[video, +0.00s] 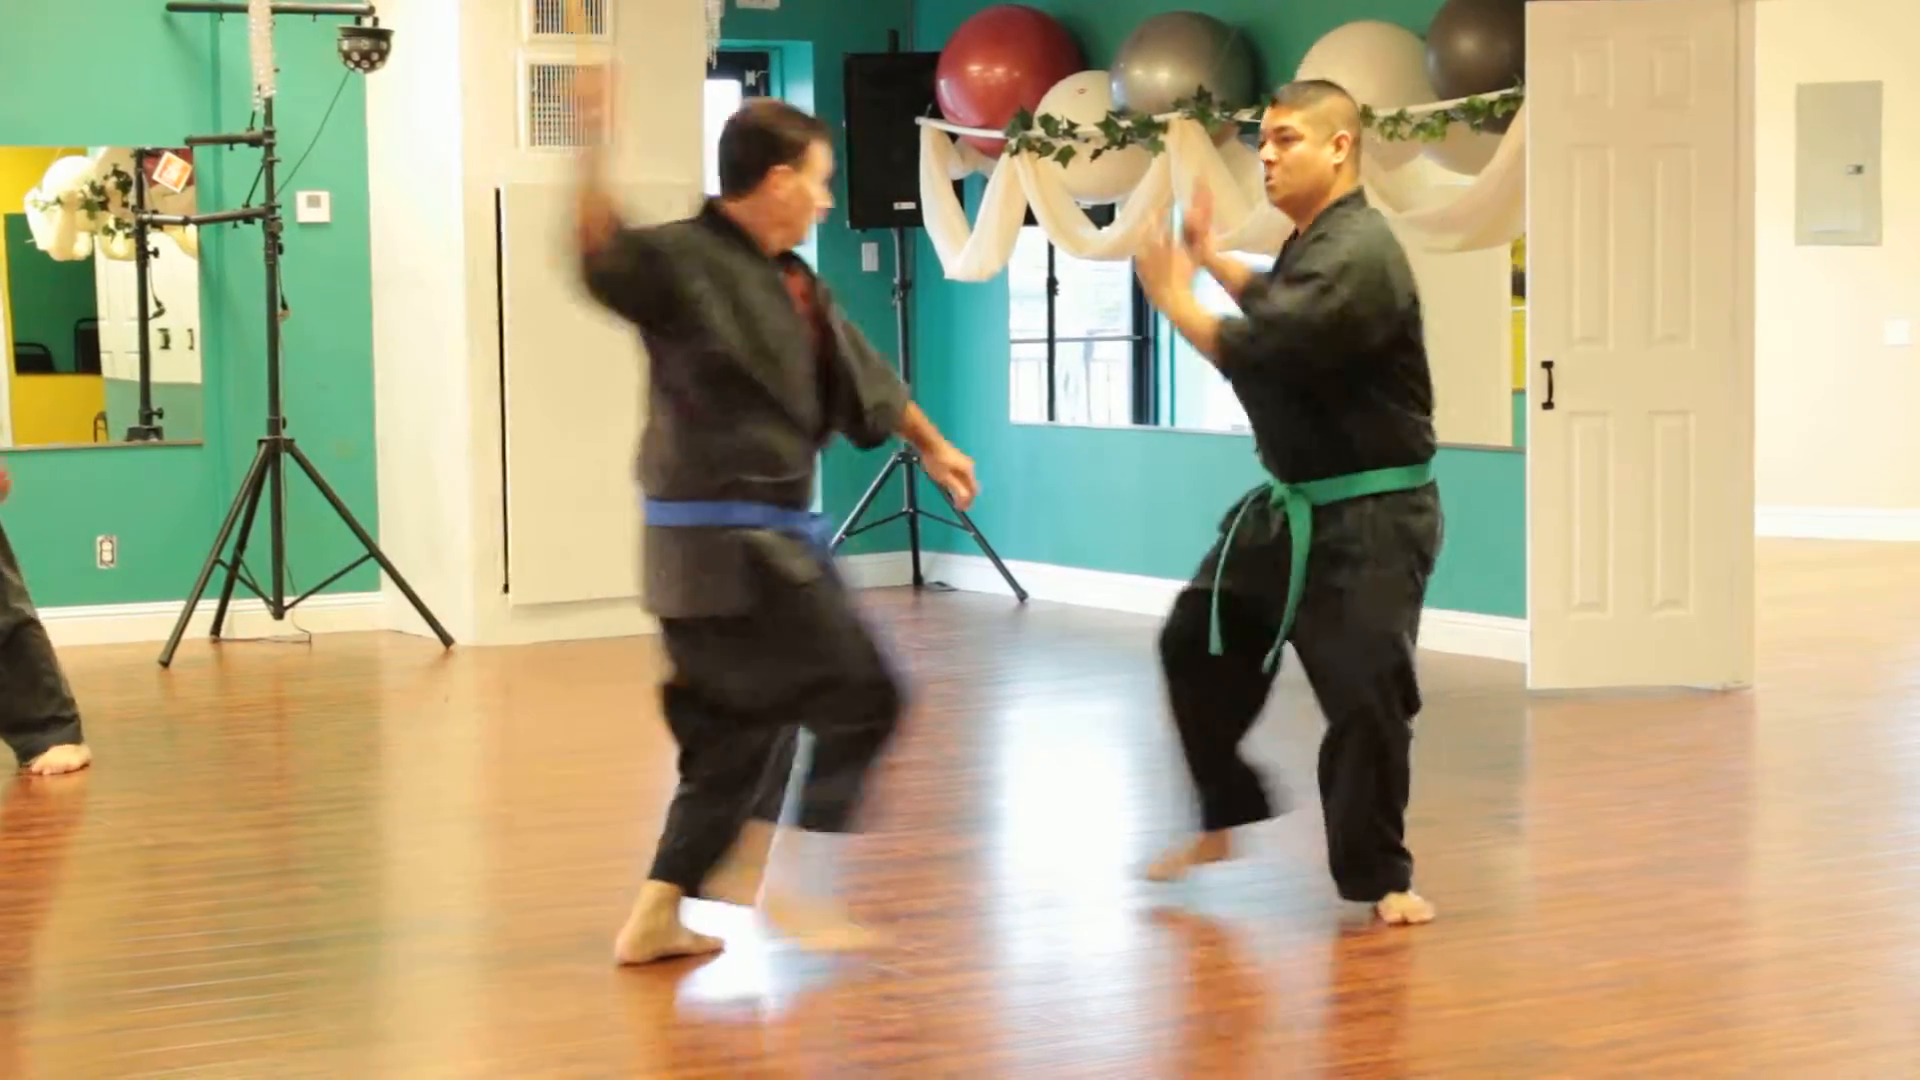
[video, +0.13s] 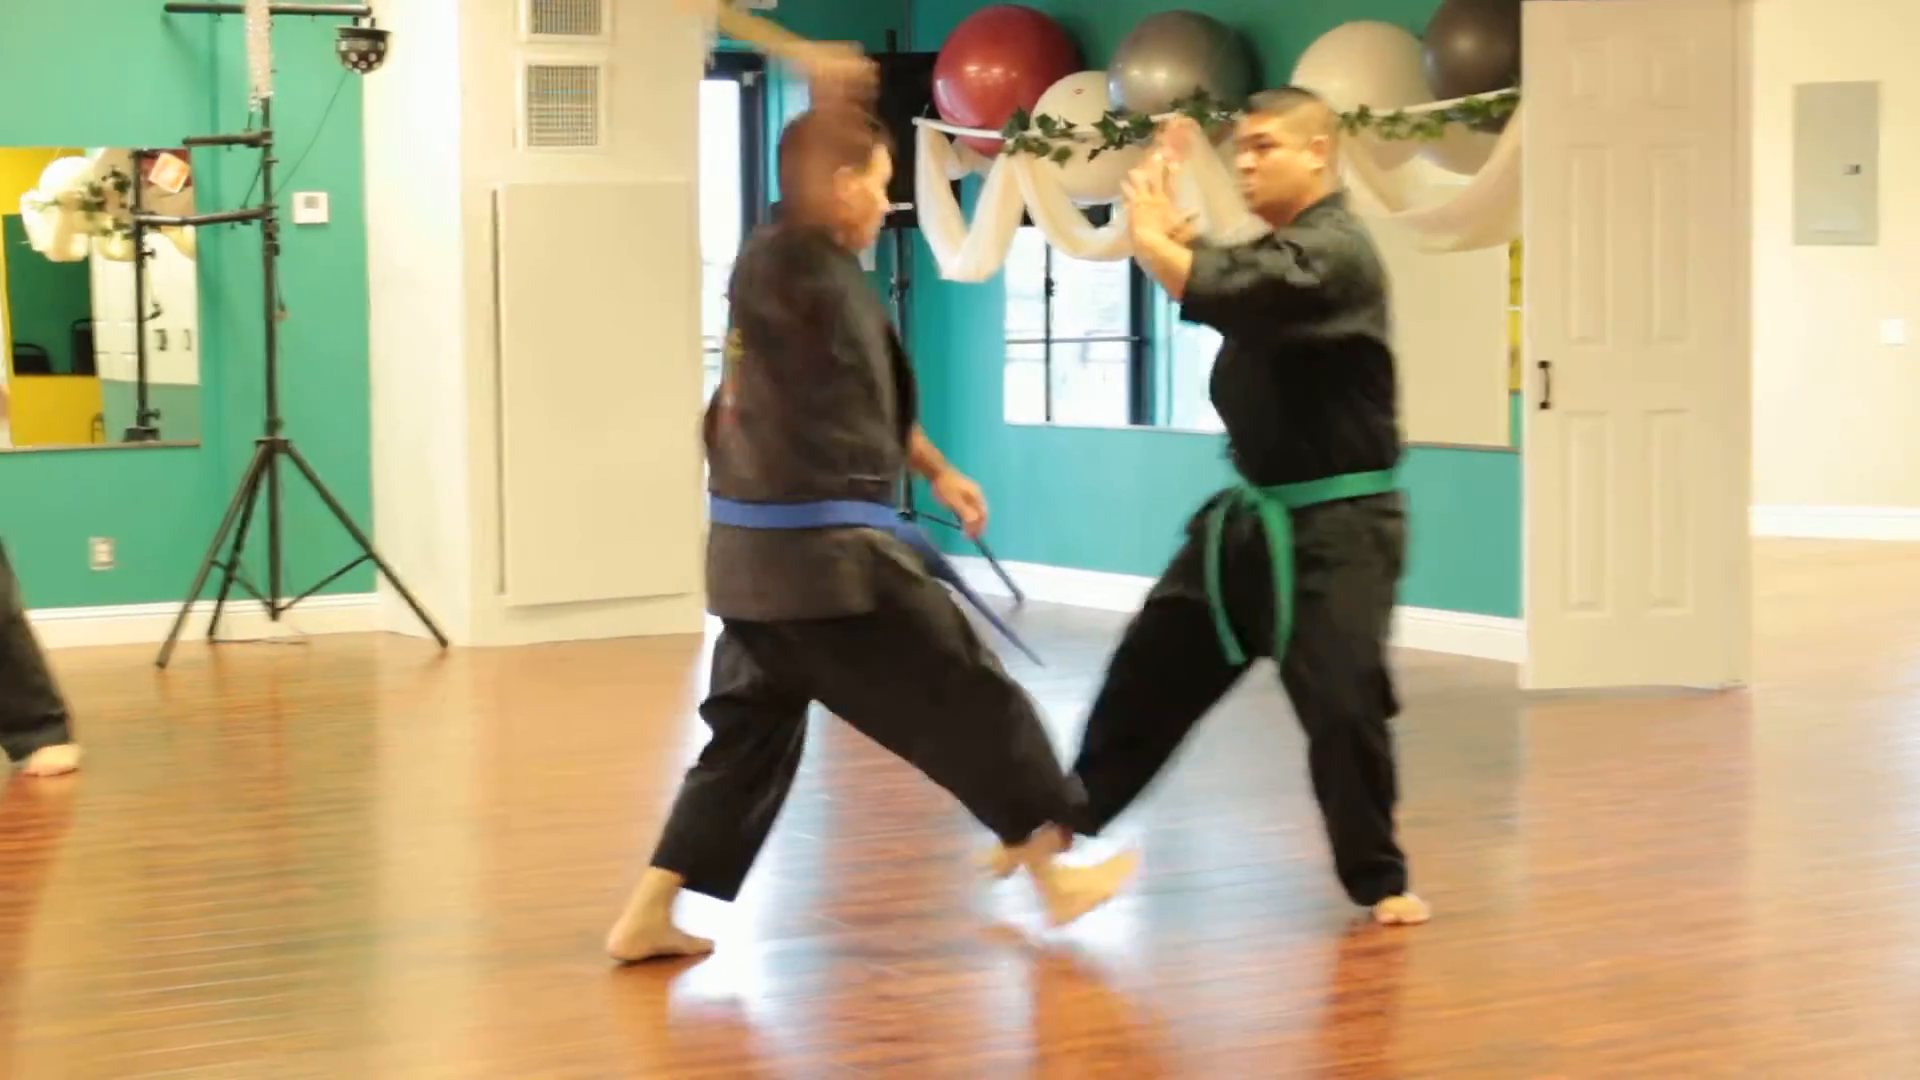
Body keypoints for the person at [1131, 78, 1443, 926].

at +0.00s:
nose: (1268, 154)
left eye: (1286, 139)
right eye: (1264, 140)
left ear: (1340, 150)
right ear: (1269, 153)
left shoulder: (1359, 253)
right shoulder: (1309, 244)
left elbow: (1255, 349)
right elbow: (1282, 296)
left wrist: (1170, 291)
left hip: (1371, 505)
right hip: (1291, 500)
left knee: (1366, 684)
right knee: (1199, 642)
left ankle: (1383, 878)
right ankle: (1226, 812)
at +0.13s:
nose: (1248, 163)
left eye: (1265, 146)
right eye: (1241, 150)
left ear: (1321, 153)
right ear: (1243, 164)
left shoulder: (1337, 247)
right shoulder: (1267, 246)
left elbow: (1232, 291)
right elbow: (1201, 280)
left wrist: (1146, 230)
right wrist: (1168, 204)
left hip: (1343, 513)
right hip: (1257, 510)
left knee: (1338, 691)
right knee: (1159, 663)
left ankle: (1382, 884)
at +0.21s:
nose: (1194, 169)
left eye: (1210, 154)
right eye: (1188, 156)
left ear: (1265, 162)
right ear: (1185, 167)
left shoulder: (1293, 246)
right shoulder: (1191, 261)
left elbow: (1219, 245)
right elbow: (1128, 295)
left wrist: (1116, 212)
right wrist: (1079, 205)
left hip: (1284, 513)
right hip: (1189, 510)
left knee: (1299, 694)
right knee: (1096, 676)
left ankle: (1348, 884)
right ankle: (1016, 826)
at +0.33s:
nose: (1133, 163)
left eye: (1154, 146)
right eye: (1125, 149)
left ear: (1198, 158)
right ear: (1112, 162)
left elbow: (1305, 199)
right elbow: (999, 282)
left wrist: (1201, 167)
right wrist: (959, 194)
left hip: (1228, 516)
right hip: (1121, 515)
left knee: (1270, 694)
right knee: (1041, 672)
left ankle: (1353, 880)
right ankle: (953, 831)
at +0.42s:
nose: (1097, 179)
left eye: (1114, 163)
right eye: (1085, 166)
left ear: (1161, 160)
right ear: (1074, 174)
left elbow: (1319, 242)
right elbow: (963, 276)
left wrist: (1296, 189)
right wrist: (885, 251)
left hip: (1177, 516)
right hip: (1069, 512)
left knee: (1252, 689)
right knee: (999, 684)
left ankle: (1352, 868)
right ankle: (885, 834)